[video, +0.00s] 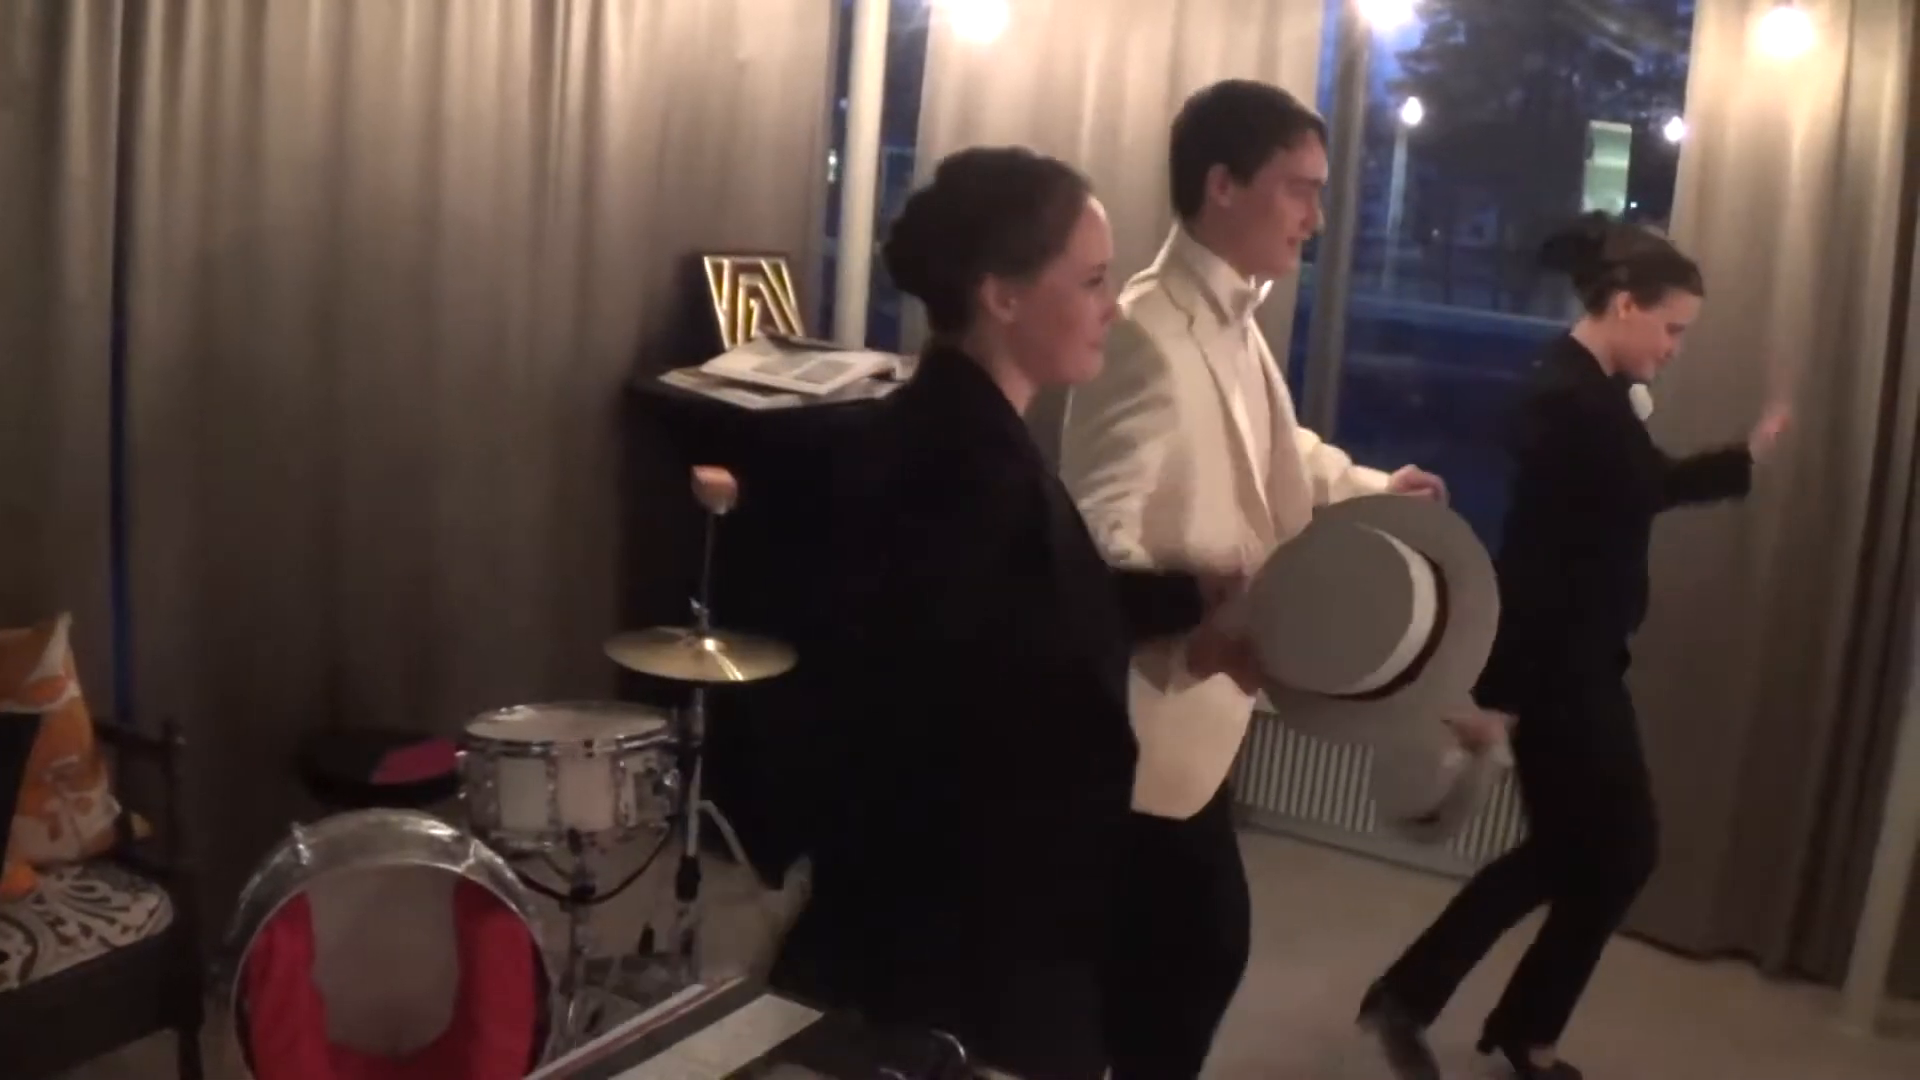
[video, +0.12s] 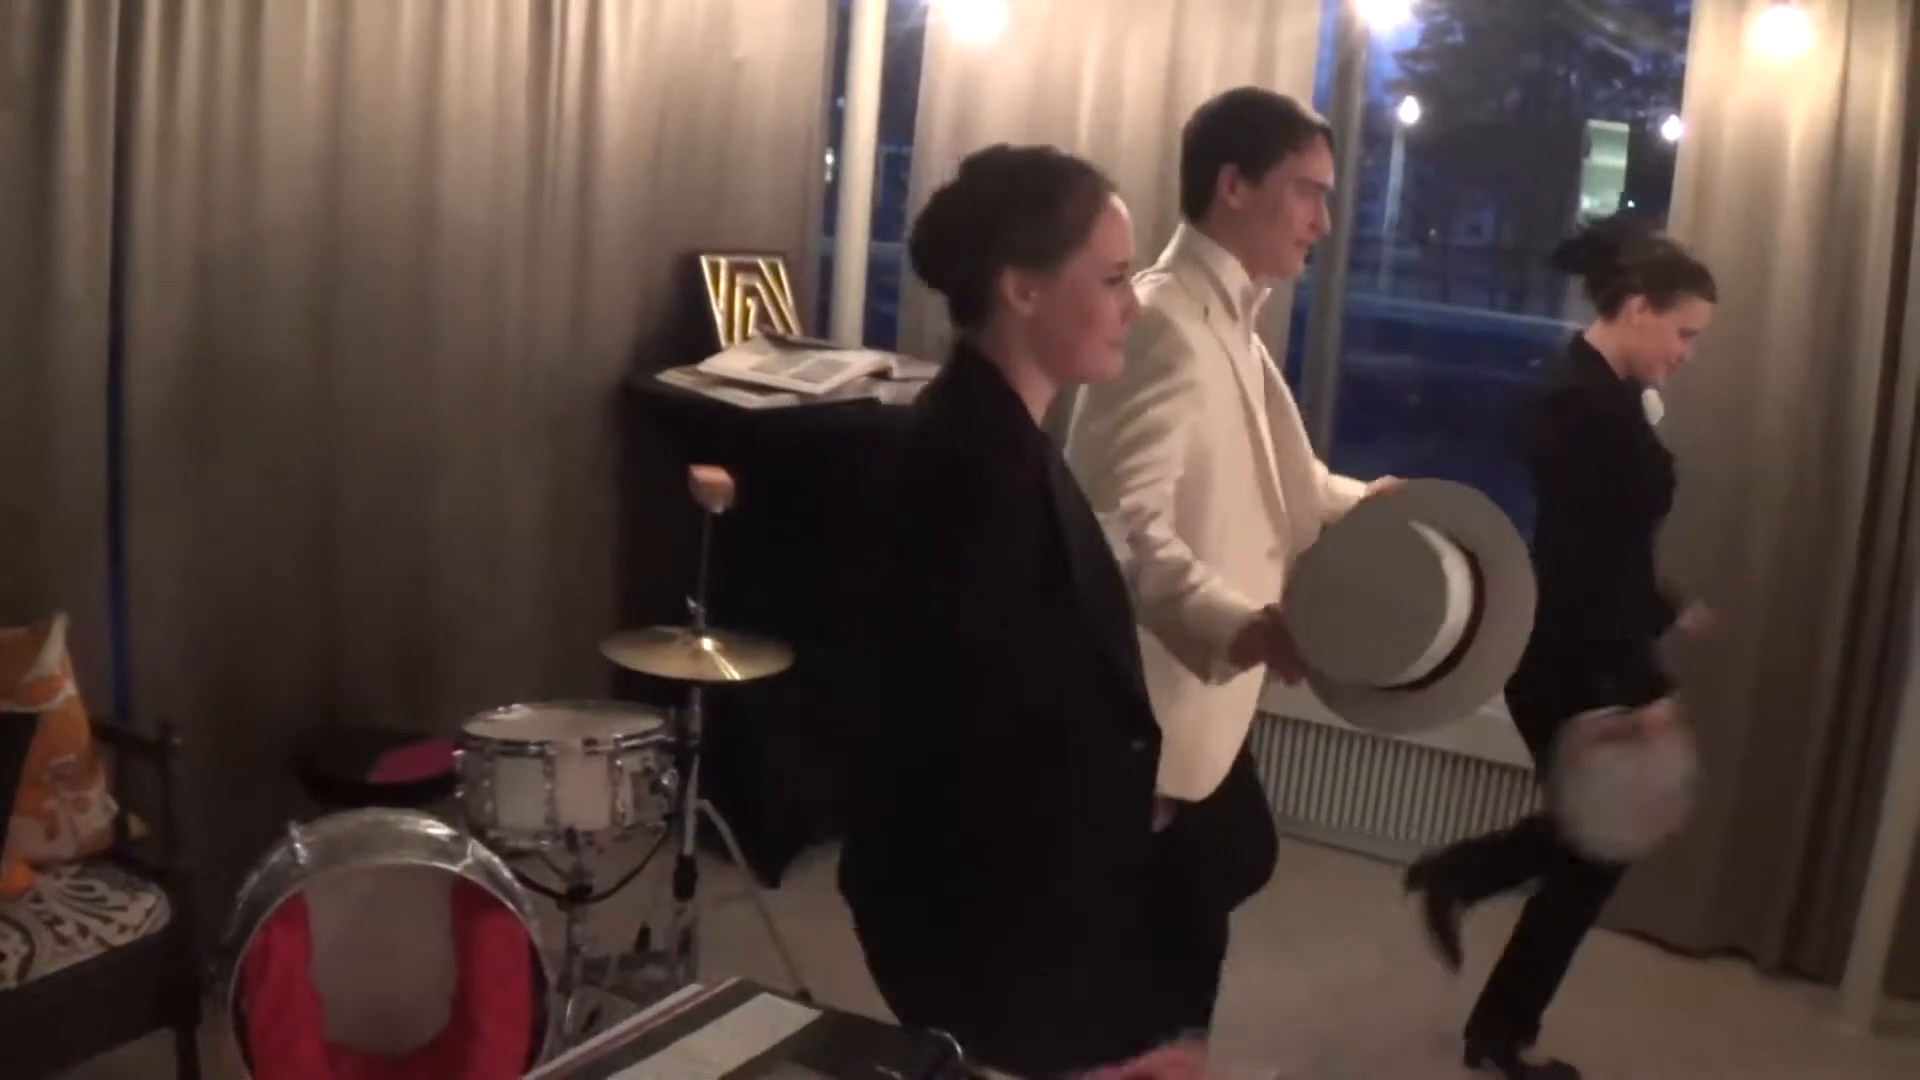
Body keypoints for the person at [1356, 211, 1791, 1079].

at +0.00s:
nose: (1676, 348)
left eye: (1682, 332)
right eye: (1671, 328)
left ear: (1618, 309)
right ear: (1618, 306)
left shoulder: (1584, 387)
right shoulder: (1576, 396)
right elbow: (1645, 485)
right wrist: (1746, 461)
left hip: (1565, 661)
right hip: (1569, 668)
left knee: (1558, 850)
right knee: (1619, 853)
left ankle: (1400, 999)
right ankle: (1520, 1035)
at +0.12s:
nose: (1688, 352)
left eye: (1694, 337)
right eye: (1684, 332)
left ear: (1628, 313)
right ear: (1632, 310)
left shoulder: (1596, 391)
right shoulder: (1592, 405)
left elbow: (1609, 545)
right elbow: (1595, 559)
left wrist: (1666, 609)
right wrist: (1637, 684)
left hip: (1571, 659)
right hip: (1571, 669)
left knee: (1607, 818)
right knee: (1601, 842)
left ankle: (1451, 876)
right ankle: (1500, 1033)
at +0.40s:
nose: (1715, 312)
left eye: (1720, 295)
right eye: (1710, 291)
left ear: (1662, 286)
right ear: (1657, 280)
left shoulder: (1649, 365)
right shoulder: (1599, 368)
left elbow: (1672, 481)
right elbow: (1654, 486)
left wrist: (1767, 446)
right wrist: (1766, 436)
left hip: (1611, 613)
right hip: (1580, 616)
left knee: (1619, 806)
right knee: (1600, 813)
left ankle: (1523, 983)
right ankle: (1495, 1014)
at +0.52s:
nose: (1717, 296)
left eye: (1721, 279)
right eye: (1707, 275)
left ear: (1658, 272)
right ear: (1654, 267)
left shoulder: (1649, 360)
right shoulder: (1597, 358)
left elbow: (1644, 495)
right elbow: (1624, 501)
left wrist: (1743, 479)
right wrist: (1737, 472)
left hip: (1601, 603)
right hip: (1562, 603)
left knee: (1618, 786)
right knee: (1639, 790)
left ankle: (1526, 963)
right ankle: (1491, 921)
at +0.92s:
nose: (1693, 306)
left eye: (1696, 290)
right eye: (1683, 287)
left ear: (1639, 285)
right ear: (1629, 280)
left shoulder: (1608, 359)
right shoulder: (1600, 365)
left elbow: (1637, 478)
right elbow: (1652, 482)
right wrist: (1767, 533)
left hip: (1572, 608)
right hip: (1554, 613)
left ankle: (1535, 905)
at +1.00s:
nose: (1710, 286)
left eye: (1714, 270)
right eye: (1700, 267)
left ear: (1658, 265)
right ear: (1645, 260)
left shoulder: (1637, 344)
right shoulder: (1610, 348)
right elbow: (1636, 450)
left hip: (1596, 595)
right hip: (1555, 598)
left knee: (1642, 729)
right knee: (1542, 780)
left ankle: (1540, 882)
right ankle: (1441, 958)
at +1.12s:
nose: (1732, 278)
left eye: (1737, 262)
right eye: (1725, 258)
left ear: (1682, 251)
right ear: (1672, 246)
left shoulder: (1654, 328)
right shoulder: (1630, 336)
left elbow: (1636, 470)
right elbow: (1628, 499)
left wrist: (1697, 441)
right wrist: (1692, 450)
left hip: (1600, 573)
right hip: (1563, 578)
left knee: (1595, 752)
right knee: (1566, 769)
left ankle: (1508, 903)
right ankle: (1454, 952)